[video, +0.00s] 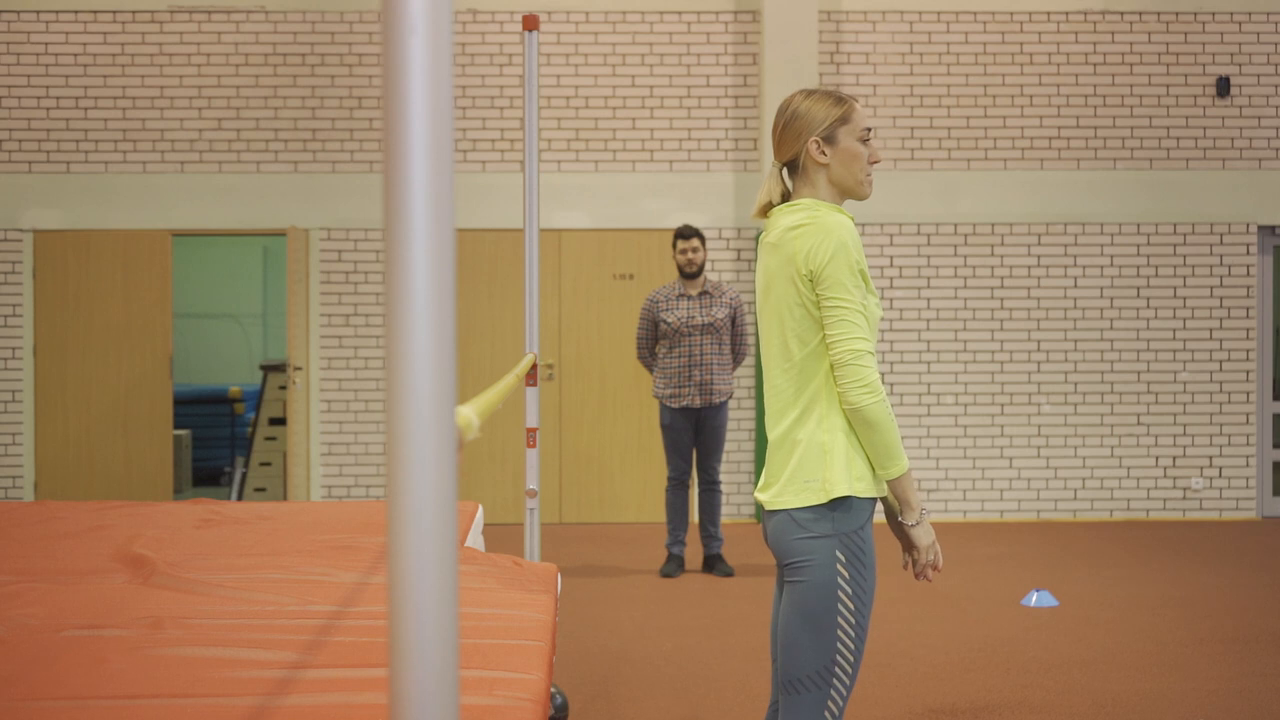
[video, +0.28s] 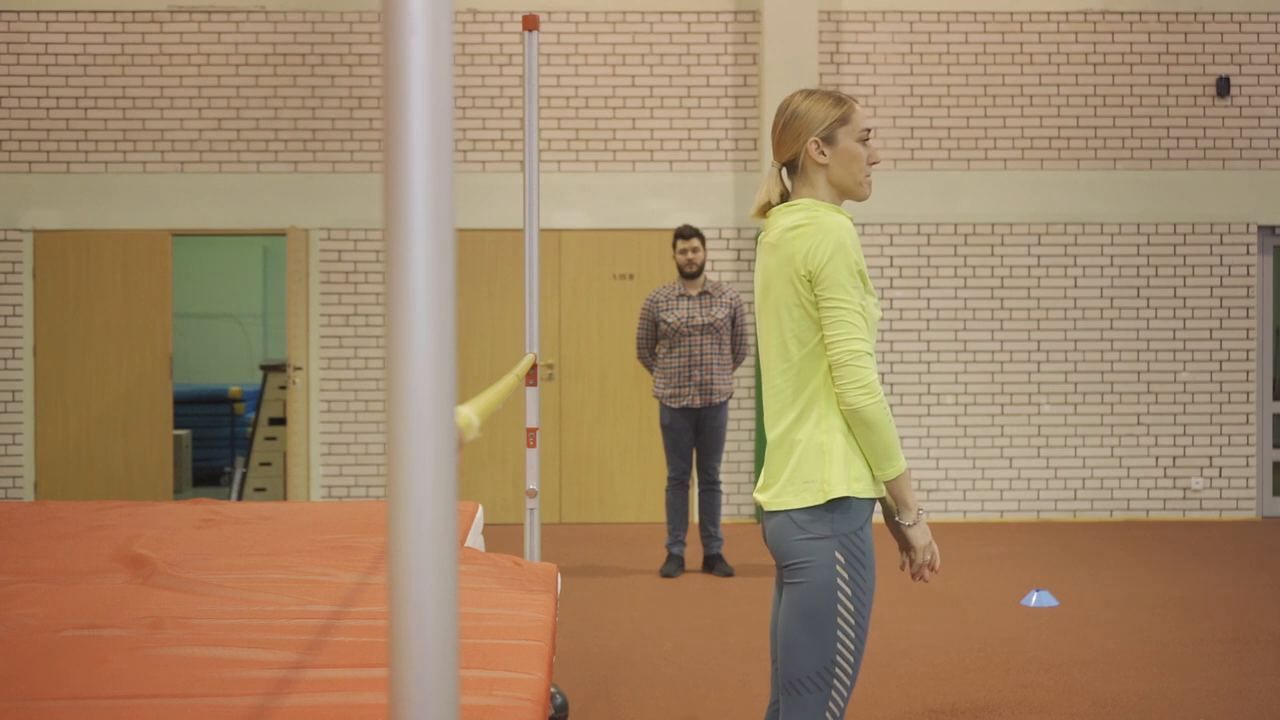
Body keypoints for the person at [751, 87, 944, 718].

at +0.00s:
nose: (874, 154)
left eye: (870, 140)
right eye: (862, 140)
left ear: (817, 154)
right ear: (819, 152)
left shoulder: (782, 231)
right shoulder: (829, 231)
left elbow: (812, 389)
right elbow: (856, 384)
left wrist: (897, 510)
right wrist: (909, 507)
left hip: (795, 501)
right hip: (828, 503)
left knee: (793, 706)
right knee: (815, 707)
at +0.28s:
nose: (874, 154)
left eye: (870, 140)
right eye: (861, 140)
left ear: (815, 154)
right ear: (817, 152)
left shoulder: (781, 231)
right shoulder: (829, 232)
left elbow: (799, 384)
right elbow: (855, 386)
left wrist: (894, 508)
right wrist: (908, 508)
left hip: (795, 503)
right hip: (828, 505)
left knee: (792, 706)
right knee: (816, 708)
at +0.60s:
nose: (873, 154)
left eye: (869, 140)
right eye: (860, 141)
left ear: (814, 154)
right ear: (816, 152)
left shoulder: (780, 231)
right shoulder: (827, 233)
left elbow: (795, 386)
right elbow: (854, 387)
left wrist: (890, 505)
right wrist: (907, 510)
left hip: (795, 502)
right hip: (828, 504)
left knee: (794, 705)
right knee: (818, 707)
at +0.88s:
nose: (872, 154)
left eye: (868, 140)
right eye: (859, 141)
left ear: (813, 154)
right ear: (815, 152)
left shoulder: (779, 231)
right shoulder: (826, 232)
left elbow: (786, 384)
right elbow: (854, 386)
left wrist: (890, 506)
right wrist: (907, 508)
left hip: (797, 502)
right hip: (831, 504)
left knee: (796, 704)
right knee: (819, 707)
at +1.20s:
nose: (871, 153)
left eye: (867, 138)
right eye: (858, 139)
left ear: (812, 153)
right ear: (813, 151)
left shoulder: (778, 230)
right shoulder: (825, 231)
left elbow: (789, 384)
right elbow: (854, 385)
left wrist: (894, 508)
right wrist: (908, 506)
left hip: (798, 502)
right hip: (830, 504)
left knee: (800, 705)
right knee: (817, 707)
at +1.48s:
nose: (870, 152)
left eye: (866, 137)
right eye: (857, 137)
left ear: (812, 151)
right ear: (813, 149)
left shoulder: (779, 228)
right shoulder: (823, 229)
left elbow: (787, 382)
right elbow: (853, 384)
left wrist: (895, 506)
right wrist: (907, 505)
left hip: (798, 501)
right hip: (827, 504)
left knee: (800, 705)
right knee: (814, 707)